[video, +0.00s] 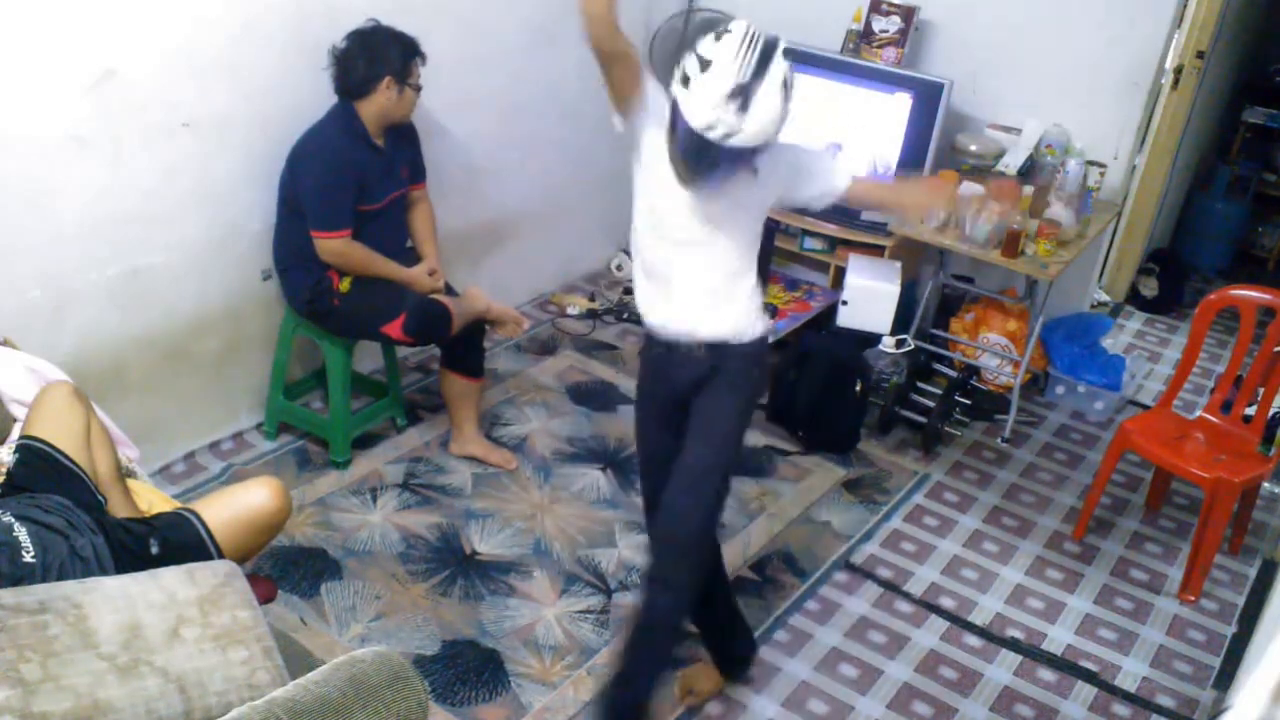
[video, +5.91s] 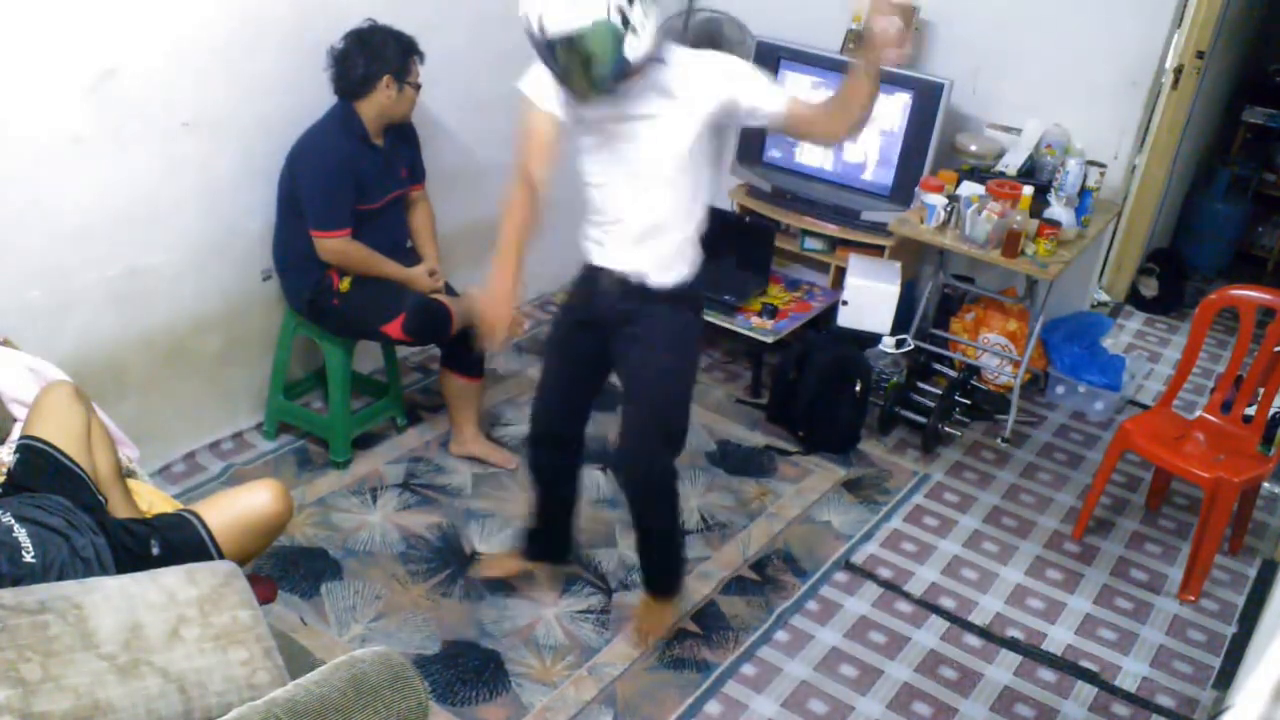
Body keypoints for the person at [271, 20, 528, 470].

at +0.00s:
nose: (419, 96)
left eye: (419, 87)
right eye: (416, 86)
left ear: (386, 87)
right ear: (387, 87)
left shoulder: (400, 131)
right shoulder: (326, 151)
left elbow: (418, 202)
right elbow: (333, 249)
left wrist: (429, 259)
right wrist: (408, 277)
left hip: (387, 266)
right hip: (325, 283)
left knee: (465, 321)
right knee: (426, 323)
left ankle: (466, 435)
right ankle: (476, 306)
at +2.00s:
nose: (420, 96)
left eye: (420, 87)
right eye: (416, 87)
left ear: (387, 87)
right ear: (388, 87)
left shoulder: (399, 131)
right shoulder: (326, 151)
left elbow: (417, 201)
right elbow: (332, 249)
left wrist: (430, 261)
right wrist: (407, 275)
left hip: (387, 264)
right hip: (325, 284)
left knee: (465, 324)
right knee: (422, 323)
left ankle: (466, 435)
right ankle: (473, 306)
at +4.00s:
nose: (419, 95)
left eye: (419, 86)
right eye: (416, 86)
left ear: (387, 86)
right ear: (388, 86)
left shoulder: (399, 132)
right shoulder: (326, 151)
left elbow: (417, 203)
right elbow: (332, 249)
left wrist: (429, 260)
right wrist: (407, 276)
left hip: (387, 266)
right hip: (326, 283)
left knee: (466, 322)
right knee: (425, 323)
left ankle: (465, 435)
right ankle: (477, 304)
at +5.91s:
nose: (419, 96)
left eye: (419, 87)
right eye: (415, 86)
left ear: (386, 86)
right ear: (387, 86)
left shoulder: (398, 130)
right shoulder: (325, 151)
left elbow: (417, 201)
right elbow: (332, 249)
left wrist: (429, 260)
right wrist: (406, 275)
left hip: (389, 265)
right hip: (327, 285)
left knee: (465, 324)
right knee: (428, 321)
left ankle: (466, 436)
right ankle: (472, 310)